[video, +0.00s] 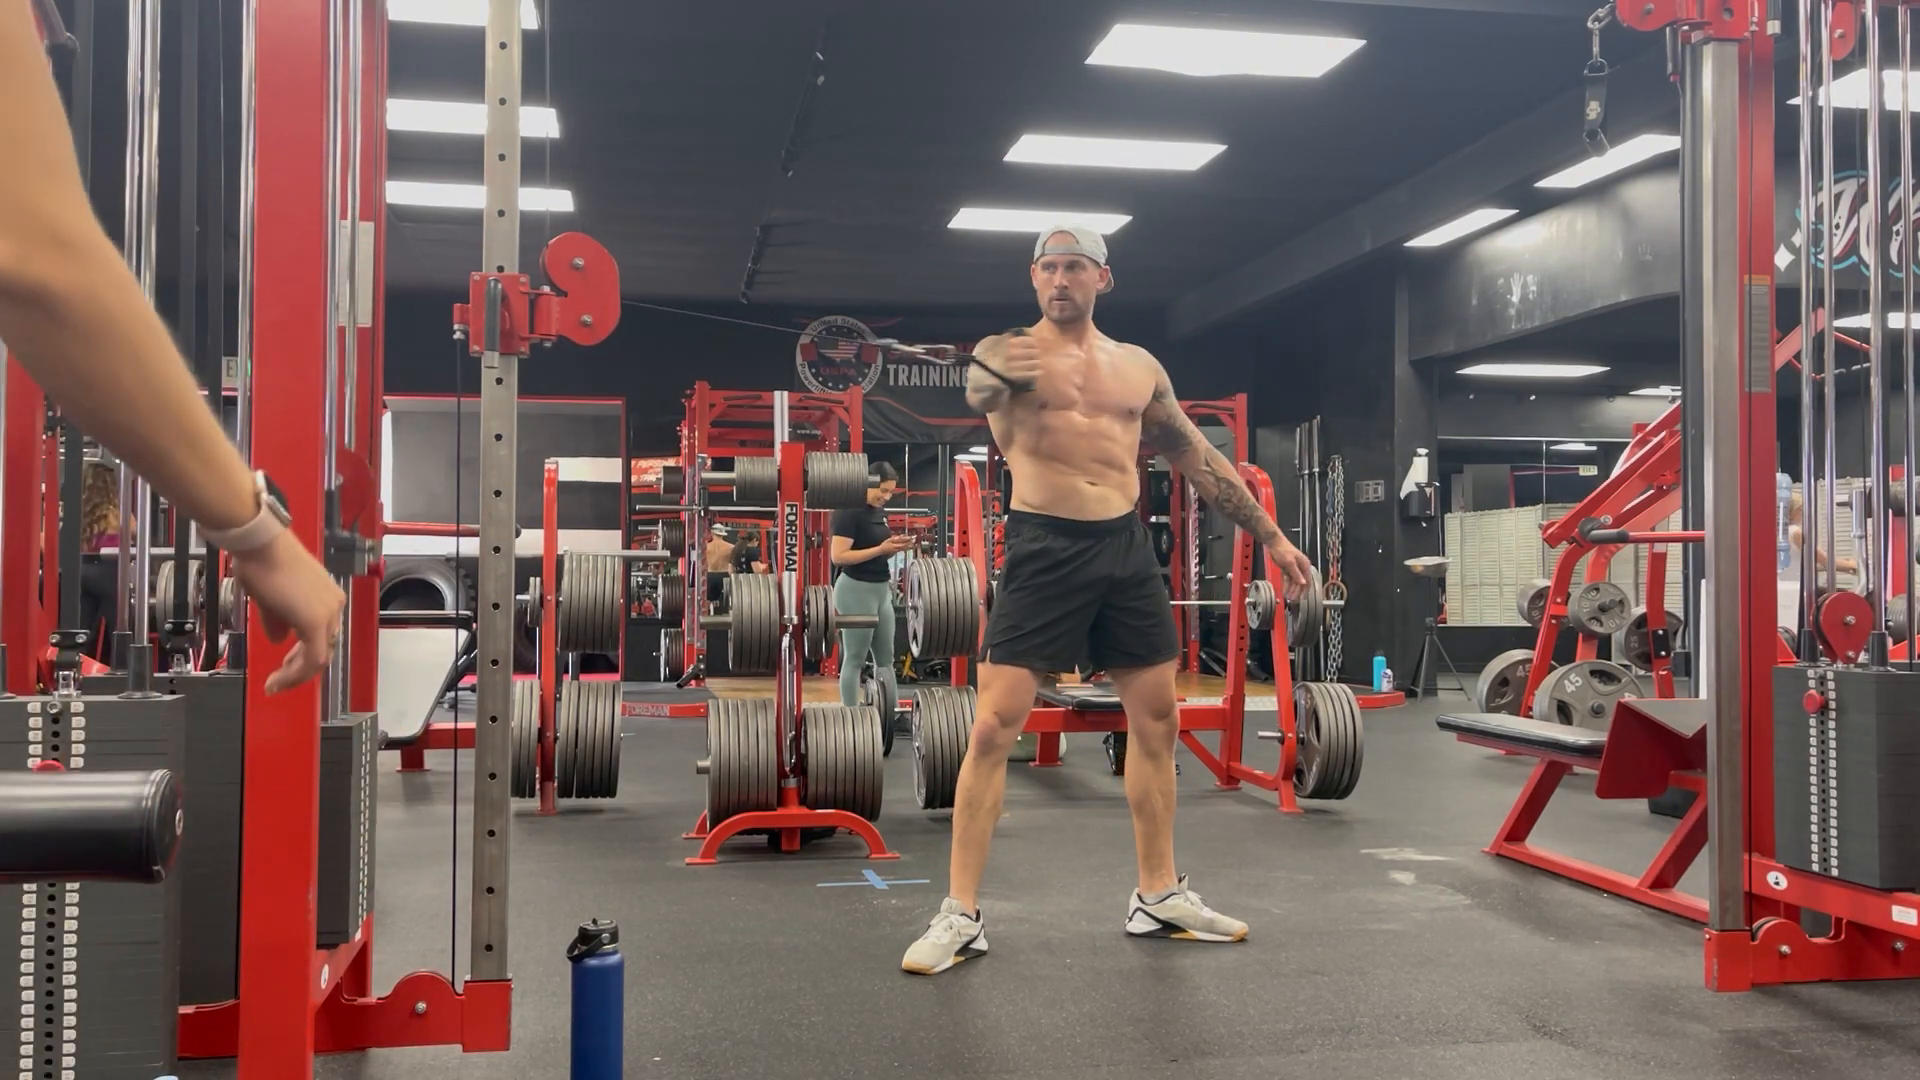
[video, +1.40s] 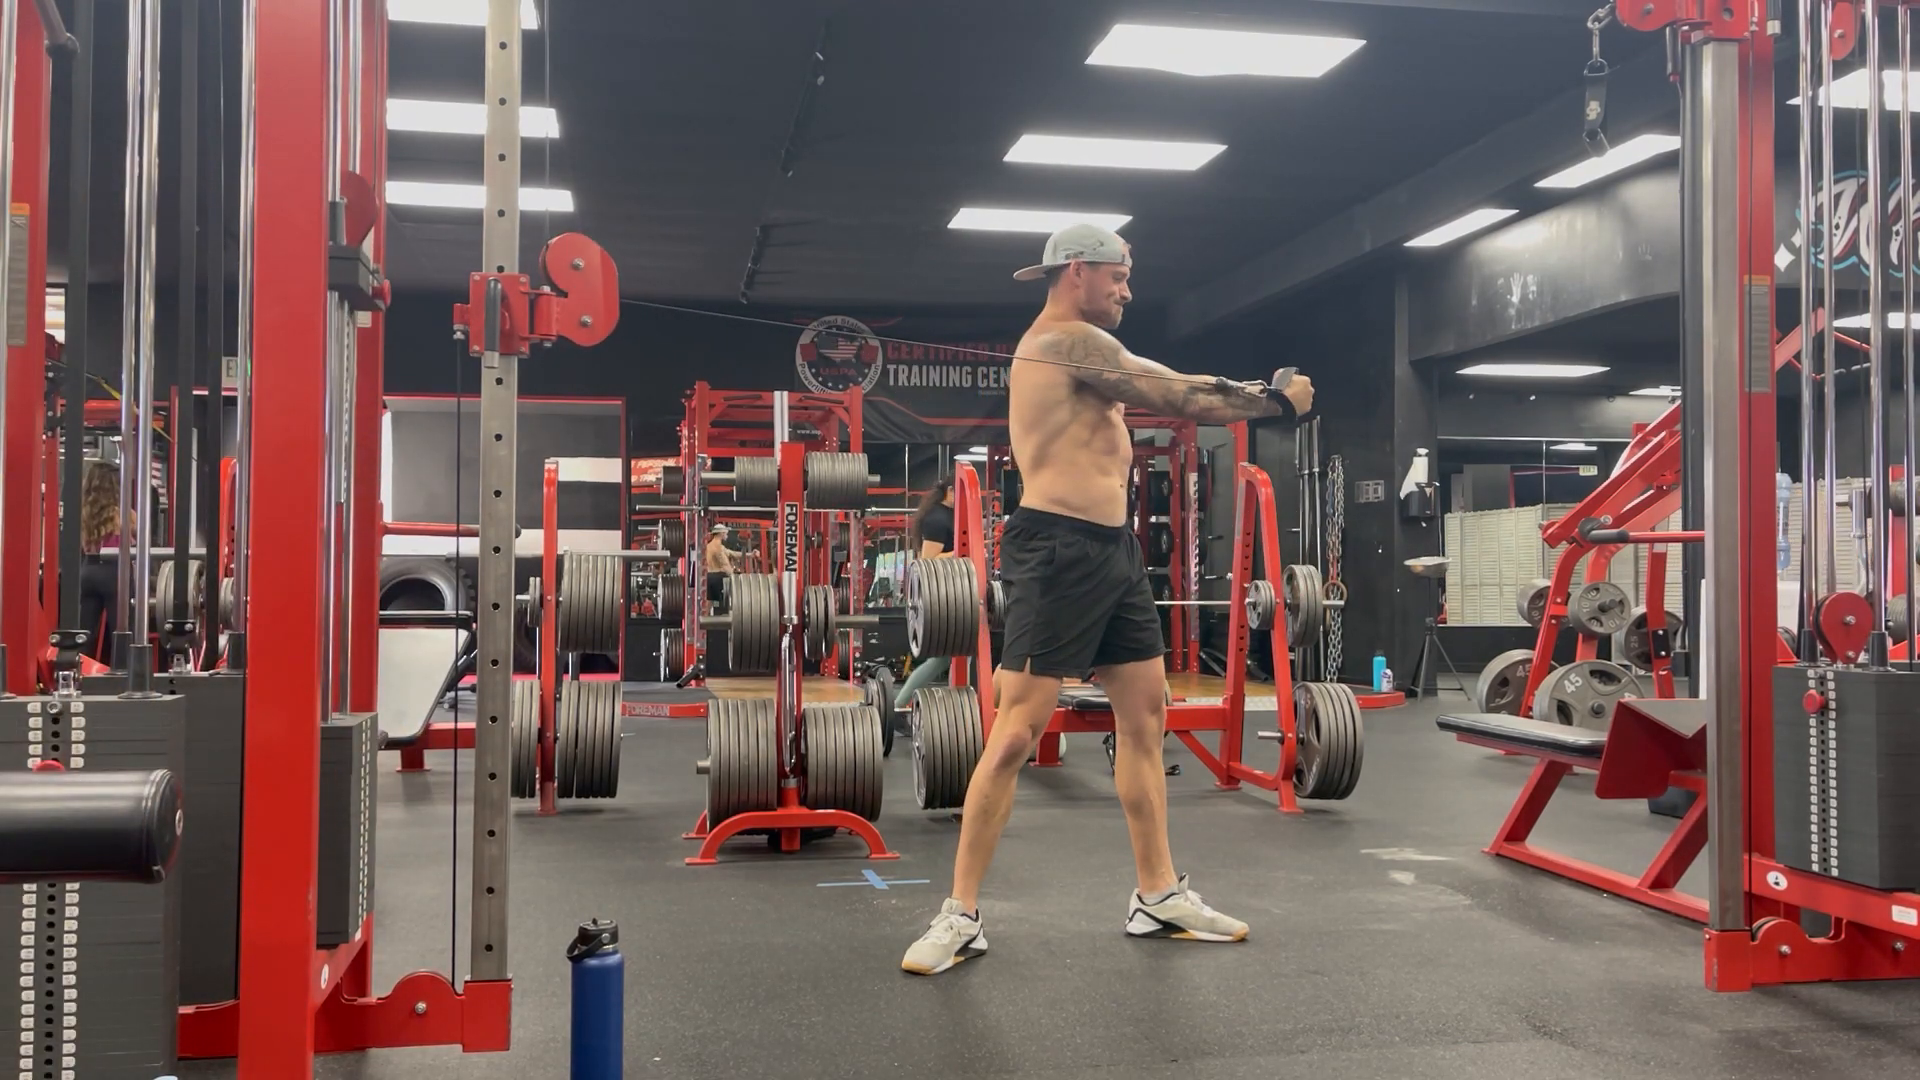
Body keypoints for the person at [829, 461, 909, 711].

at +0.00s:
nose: (887, 497)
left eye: (890, 493)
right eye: (884, 491)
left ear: (891, 489)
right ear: (868, 484)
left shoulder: (877, 512)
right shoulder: (849, 512)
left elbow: (873, 549)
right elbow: (838, 555)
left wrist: (895, 545)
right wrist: (882, 549)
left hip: (881, 590)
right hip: (855, 589)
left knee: (885, 660)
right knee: (854, 659)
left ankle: (891, 720)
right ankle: (851, 721)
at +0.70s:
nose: (912, 497)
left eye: (914, 492)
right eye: (909, 490)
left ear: (898, 489)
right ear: (893, 485)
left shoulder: (892, 513)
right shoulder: (880, 514)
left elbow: (891, 551)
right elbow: (877, 558)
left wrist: (916, 549)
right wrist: (914, 545)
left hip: (893, 589)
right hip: (884, 589)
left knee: (891, 657)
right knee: (889, 658)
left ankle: (880, 712)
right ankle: (869, 713)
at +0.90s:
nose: (923, 498)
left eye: (926, 493)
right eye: (921, 492)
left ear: (907, 488)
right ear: (904, 485)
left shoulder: (899, 512)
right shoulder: (892, 513)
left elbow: (897, 551)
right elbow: (887, 557)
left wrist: (921, 550)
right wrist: (923, 546)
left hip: (893, 585)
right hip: (890, 586)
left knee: (889, 657)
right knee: (919, 650)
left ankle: (881, 713)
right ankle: (898, 712)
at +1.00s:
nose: (931, 499)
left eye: (933, 494)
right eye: (928, 493)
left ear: (913, 488)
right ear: (912, 487)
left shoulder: (906, 511)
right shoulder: (898, 513)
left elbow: (904, 551)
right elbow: (892, 557)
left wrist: (929, 549)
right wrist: (928, 546)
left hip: (897, 583)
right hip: (896, 584)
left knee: (893, 653)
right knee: (928, 648)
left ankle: (882, 714)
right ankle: (926, 716)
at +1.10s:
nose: (937, 501)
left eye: (941, 496)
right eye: (935, 494)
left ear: (920, 490)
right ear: (919, 488)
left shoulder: (915, 513)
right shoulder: (905, 514)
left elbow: (912, 552)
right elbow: (898, 558)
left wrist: (937, 549)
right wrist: (934, 547)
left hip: (903, 582)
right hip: (903, 584)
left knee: (897, 652)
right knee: (933, 648)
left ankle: (884, 712)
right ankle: (945, 715)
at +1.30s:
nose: (954, 500)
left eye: (956, 495)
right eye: (952, 494)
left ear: (943, 493)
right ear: (939, 491)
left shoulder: (940, 516)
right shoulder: (926, 518)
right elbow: (918, 560)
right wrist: (955, 550)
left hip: (947, 593)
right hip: (930, 594)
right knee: (919, 651)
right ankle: (887, 704)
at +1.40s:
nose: (964, 499)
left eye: (965, 494)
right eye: (960, 493)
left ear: (955, 493)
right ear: (949, 492)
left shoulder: (956, 515)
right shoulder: (938, 517)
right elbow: (928, 560)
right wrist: (961, 552)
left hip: (957, 590)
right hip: (943, 592)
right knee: (941, 655)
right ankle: (899, 706)